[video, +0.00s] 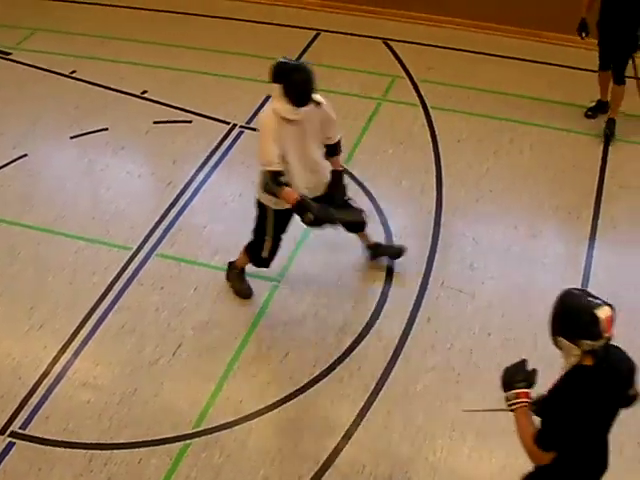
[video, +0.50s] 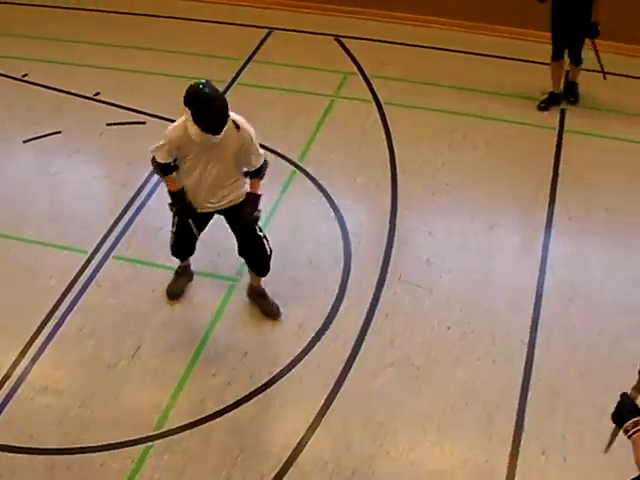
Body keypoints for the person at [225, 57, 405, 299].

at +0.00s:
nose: (304, 102)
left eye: (308, 96)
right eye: (300, 98)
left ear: (310, 90)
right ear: (289, 92)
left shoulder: (320, 107)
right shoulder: (271, 118)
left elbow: (333, 147)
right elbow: (272, 180)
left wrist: (337, 181)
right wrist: (302, 205)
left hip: (317, 184)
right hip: (280, 192)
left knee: (354, 219)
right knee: (263, 248)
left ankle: (371, 247)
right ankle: (236, 268)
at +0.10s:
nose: (276, 105)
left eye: (280, 99)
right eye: (270, 101)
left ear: (283, 90)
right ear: (258, 93)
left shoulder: (295, 104)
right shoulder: (241, 117)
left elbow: (315, 142)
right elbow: (238, 168)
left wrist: (317, 175)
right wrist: (267, 183)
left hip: (290, 177)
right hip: (253, 186)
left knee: (321, 219)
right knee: (244, 240)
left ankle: (317, 255)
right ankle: (226, 268)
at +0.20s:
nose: (258, 110)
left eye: (262, 105)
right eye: (252, 106)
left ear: (268, 95)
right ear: (239, 96)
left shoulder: (284, 106)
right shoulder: (224, 118)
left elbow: (306, 145)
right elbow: (215, 163)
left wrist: (303, 183)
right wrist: (247, 175)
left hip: (278, 183)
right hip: (238, 187)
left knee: (293, 229)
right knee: (227, 233)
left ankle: (280, 253)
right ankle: (220, 265)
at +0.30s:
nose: (243, 118)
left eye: (247, 112)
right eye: (236, 114)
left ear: (252, 102)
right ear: (222, 105)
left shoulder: (270, 117)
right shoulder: (205, 125)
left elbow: (294, 152)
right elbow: (191, 158)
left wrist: (289, 191)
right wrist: (222, 180)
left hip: (262, 191)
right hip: (221, 191)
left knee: (274, 240)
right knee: (208, 238)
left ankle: (267, 256)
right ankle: (209, 268)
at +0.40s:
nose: (223, 123)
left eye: (227, 117)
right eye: (216, 120)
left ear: (231, 106)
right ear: (202, 114)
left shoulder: (250, 124)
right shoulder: (190, 127)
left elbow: (274, 160)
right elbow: (171, 156)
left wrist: (268, 198)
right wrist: (191, 190)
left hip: (245, 193)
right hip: (206, 196)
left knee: (261, 245)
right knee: (192, 242)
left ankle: (254, 264)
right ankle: (196, 268)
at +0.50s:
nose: (217, 131)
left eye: (221, 125)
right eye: (210, 127)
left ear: (225, 115)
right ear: (195, 119)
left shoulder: (241, 132)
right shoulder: (178, 135)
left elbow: (257, 166)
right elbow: (162, 162)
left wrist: (252, 202)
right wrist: (177, 198)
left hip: (233, 198)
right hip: (194, 200)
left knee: (257, 252)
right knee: (181, 245)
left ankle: (256, 288)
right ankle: (183, 271)